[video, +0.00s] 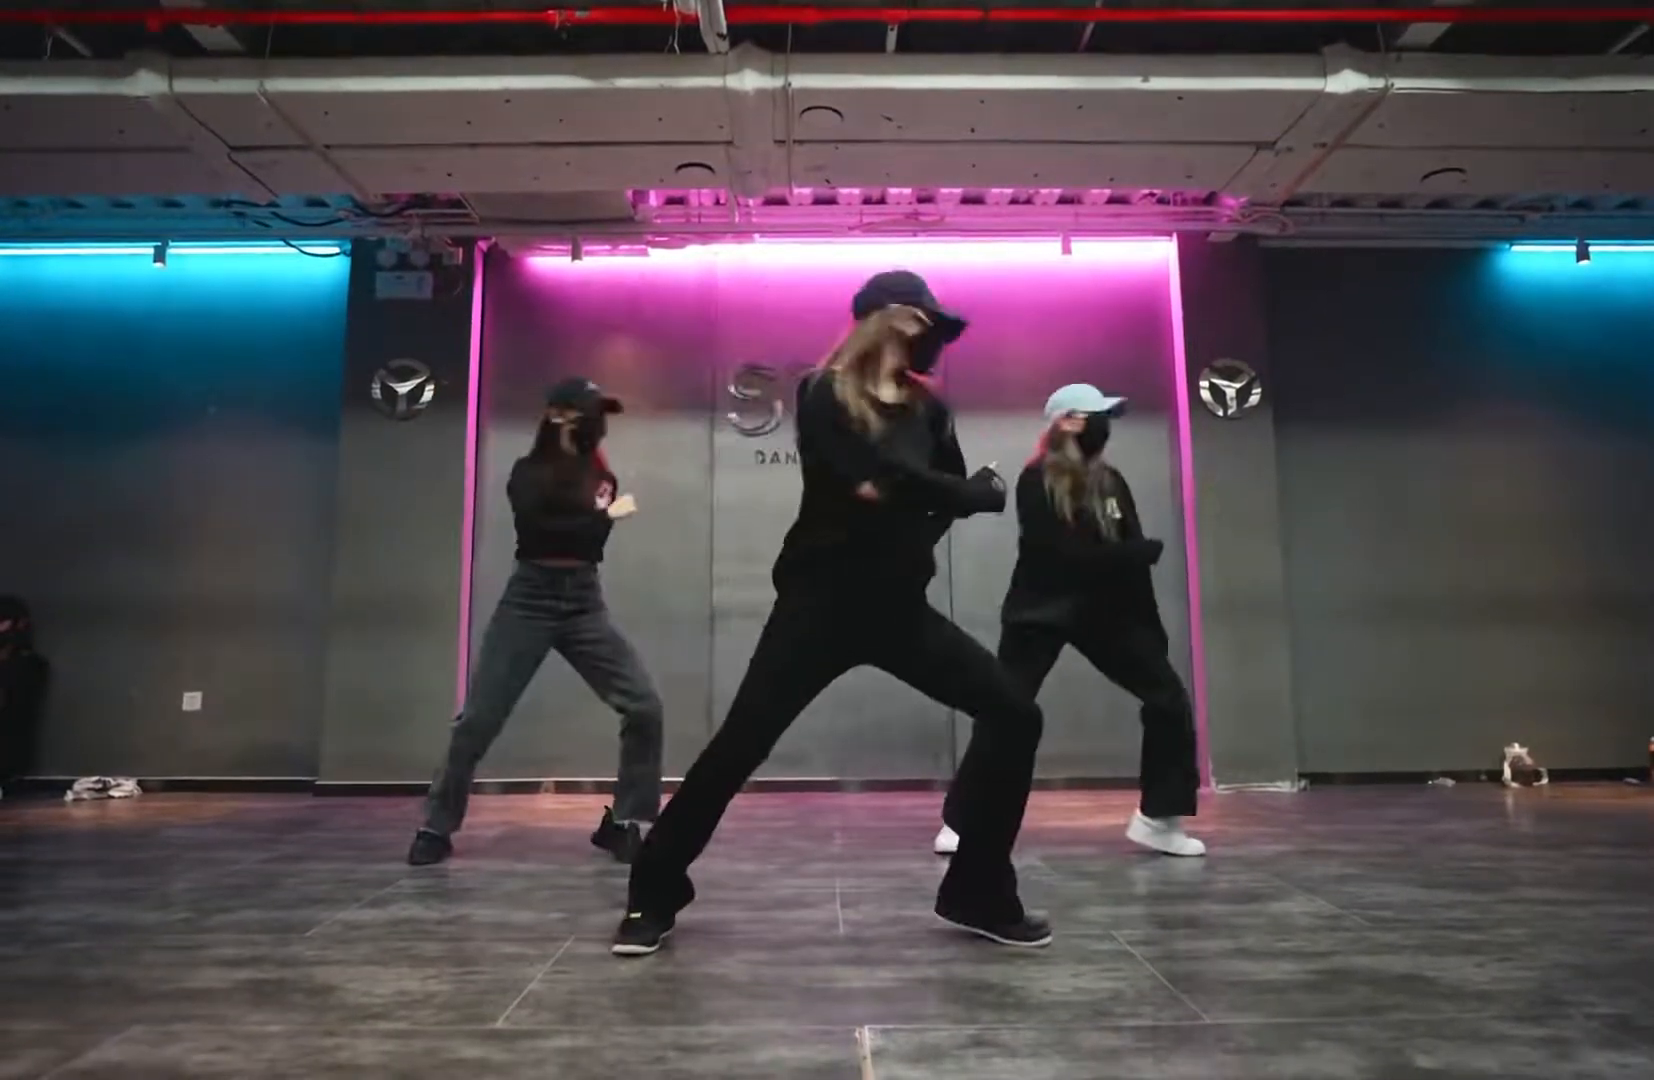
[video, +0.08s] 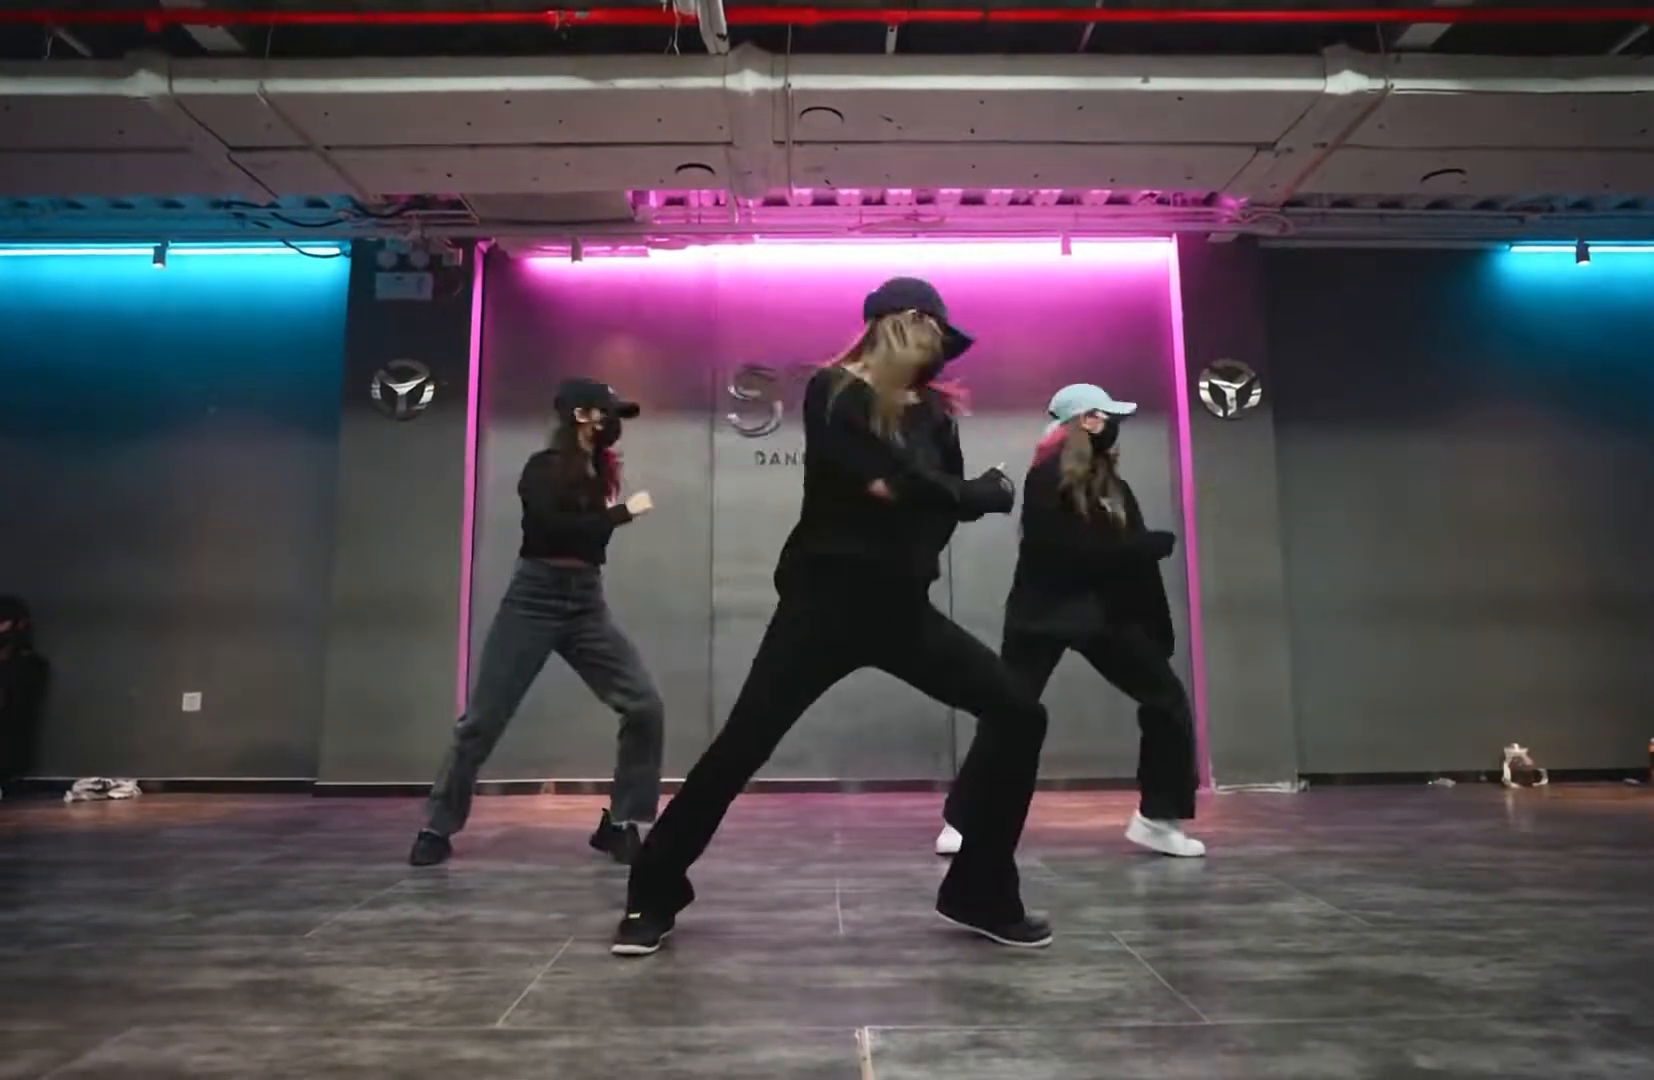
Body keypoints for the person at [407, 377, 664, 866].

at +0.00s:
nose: (591, 429)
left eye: (593, 421)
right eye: (583, 419)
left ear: (592, 424)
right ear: (557, 418)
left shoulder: (600, 476)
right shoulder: (529, 470)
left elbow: (593, 535)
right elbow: (536, 525)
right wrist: (602, 516)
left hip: (583, 607)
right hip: (528, 604)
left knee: (644, 707)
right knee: (479, 719)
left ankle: (624, 823)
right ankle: (435, 830)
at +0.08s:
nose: (610, 423)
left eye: (612, 415)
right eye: (603, 413)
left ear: (599, 419)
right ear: (578, 414)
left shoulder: (601, 471)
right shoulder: (545, 466)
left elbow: (586, 533)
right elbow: (547, 526)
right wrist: (617, 514)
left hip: (585, 605)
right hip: (533, 601)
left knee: (644, 706)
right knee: (482, 722)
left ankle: (621, 824)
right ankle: (436, 830)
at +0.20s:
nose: (621, 426)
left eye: (622, 419)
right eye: (614, 417)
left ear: (600, 418)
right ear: (585, 416)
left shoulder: (610, 475)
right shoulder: (549, 464)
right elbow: (558, 519)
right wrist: (628, 511)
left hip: (585, 603)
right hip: (534, 599)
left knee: (642, 707)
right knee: (482, 720)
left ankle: (623, 826)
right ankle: (435, 832)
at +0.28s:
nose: (617, 425)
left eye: (618, 417)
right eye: (609, 415)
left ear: (599, 418)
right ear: (580, 415)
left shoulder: (610, 471)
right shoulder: (545, 464)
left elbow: (594, 525)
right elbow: (559, 517)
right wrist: (625, 506)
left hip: (585, 604)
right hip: (532, 599)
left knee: (640, 707)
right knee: (482, 720)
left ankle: (622, 827)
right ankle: (435, 833)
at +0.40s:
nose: (592, 416)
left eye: (597, 407)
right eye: (580, 408)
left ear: (607, 414)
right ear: (560, 416)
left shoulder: (609, 472)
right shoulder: (543, 463)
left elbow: (597, 535)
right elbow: (554, 517)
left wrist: (616, 513)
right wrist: (618, 501)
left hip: (584, 604)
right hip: (530, 600)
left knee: (639, 708)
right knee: (481, 721)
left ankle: (621, 827)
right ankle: (434, 834)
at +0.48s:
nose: (579, 413)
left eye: (588, 405)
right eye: (570, 406)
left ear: (603, 414)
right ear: (554, 415)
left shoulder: (611, 473)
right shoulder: (538, 462)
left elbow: (606, 540)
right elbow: (549, 515)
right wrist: (615, 496)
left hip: (584, 604)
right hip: (529, 598)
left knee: (636, 708)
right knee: (479, 721)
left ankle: (620, 828)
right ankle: (434, 835)